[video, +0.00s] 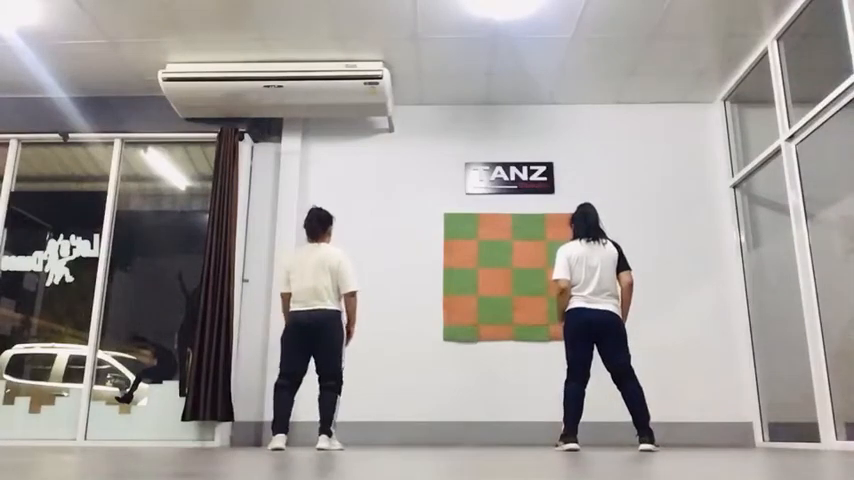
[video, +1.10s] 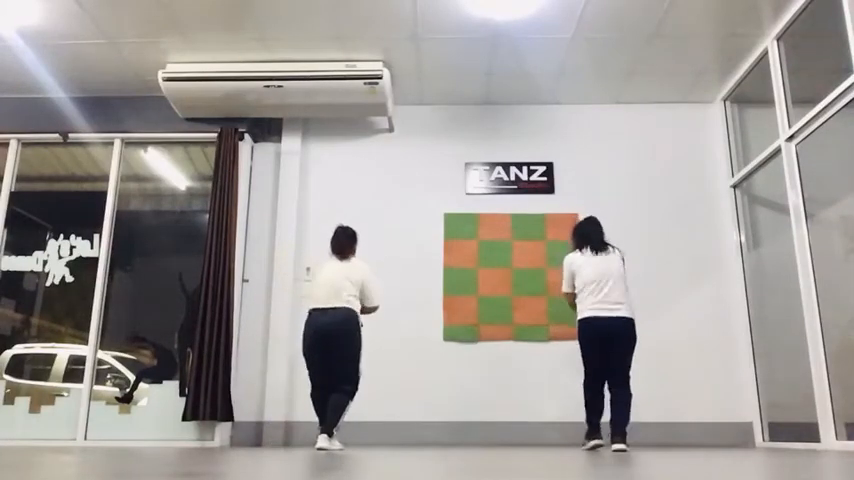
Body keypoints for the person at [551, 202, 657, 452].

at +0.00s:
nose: (570, 226)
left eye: (571, 223)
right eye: (572, 223)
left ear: (574, 224)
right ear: (597, 222)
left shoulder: (567, 249)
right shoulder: (613, 247)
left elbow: (564, 287)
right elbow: (627, 281)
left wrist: (562, 317)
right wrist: (622, 316)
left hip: (578, 318)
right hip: (610, 319)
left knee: (576, 377)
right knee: (624, 375)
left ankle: (569, 435)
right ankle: (645, 434)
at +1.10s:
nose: (573, 240)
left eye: (574, 236)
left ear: (577, 237)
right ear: (601, 234)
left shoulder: (571, 259)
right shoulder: (617, 254)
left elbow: (569, 295)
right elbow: (621, 286)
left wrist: (581, 310)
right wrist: (609, 306)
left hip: (590, 323)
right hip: (622, 322)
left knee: (593, 378)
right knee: (621, 380)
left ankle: (593, 433)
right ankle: (619, 437)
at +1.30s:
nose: (572, 233)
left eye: (573, 229)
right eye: (573, 229)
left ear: (578, 231)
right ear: (599, 228)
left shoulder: (571, 255)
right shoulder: (616, 251)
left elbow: (564, 294)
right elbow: (622, 284)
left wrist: (543, 302)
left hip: (591, 315)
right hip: (622, 315)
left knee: (593, 374)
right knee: (620, 376)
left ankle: (589, 434)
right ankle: (619, 437)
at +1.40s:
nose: (570, 224)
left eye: (572, 221)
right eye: (572, 220)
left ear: (576, 222)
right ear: (598, 220)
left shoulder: (570, 249)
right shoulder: (613, 246)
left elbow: (558, 287)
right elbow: (627, 283)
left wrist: (532, 295)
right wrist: (633, 291)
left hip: (587, 315)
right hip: (618, 314)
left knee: (590, 374)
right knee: (618, 375)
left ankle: (589, 435)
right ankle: (619, 437)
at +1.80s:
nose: (567, 237)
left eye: (568, 234)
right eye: (570, 233)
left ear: (572, 238)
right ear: (593, 236)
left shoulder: (564, 259)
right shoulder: (607, 256)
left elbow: (548, 292)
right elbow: (634, 279)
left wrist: (514, 295)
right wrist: (671, 285)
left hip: (576, 319)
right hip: (608, 321)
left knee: (584, 378)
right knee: (608, 377)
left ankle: (591, 436)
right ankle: (607, 434)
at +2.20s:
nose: (603, 225)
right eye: (602, 222)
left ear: (575, 223)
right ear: (601, 223)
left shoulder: (566, 249)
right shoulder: (609, 244)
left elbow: (553, 286)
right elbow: (637, 271)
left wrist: (528, 299)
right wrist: (677, 274)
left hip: (584, 320)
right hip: (612, 318)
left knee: (602, 371)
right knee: (616, 375)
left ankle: (592, 425)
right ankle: (606, 433)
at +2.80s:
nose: (605, 228)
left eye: (604, 223)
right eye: (603, 224)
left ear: (580, 228)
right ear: (595, 225)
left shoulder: (573, 256)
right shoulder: (600, 246)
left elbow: (572, 295)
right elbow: (615, 270)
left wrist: (565, 313)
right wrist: (649, 271)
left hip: (583, 319)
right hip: (606, 317)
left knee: (601, 375)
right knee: (619, 374)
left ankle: (591, 433)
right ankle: (601, 428)